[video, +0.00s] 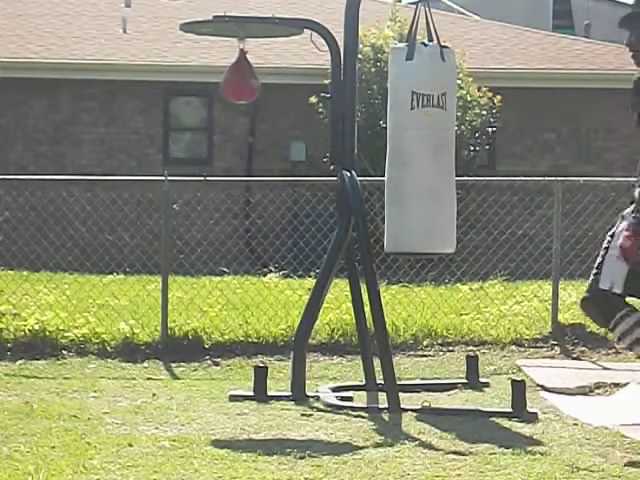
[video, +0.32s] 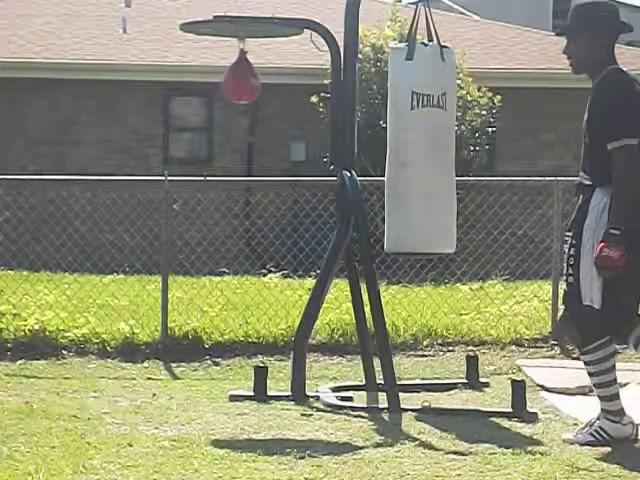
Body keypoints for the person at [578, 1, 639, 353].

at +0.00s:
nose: (630, 47)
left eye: (633, 39)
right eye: (630, 39)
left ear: (639, 41)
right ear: (631, 40)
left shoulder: (636, 88)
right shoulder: (636, 88)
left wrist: (633, 223)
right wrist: (631, 221)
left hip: (634, 213)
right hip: (633, 211)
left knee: (599, 298)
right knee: (599, 297)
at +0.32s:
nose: (565, 49)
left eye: (572, 39)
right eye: (566, 39)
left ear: (598, 40)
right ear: (600, 41)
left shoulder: (615, 88)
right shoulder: (608, 86)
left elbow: (625, 166)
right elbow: (609, 167)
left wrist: (617, 232)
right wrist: (589, 227)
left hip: (604, 210)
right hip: (598, 207)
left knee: (584, 313)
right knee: (583, 313)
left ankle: (613, 416)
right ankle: (612, 413)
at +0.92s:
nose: (436, 59)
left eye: (444, 51)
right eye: (438, 51)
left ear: (470, 54)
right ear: (468, 56)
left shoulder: (485, 98)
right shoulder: (478, 99)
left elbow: (508, 169)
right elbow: (496, 168)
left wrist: (499, 236)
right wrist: (464, 188)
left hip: (484, 219)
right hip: (473, 216)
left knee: (441, 316)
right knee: (454, 316)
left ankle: (523, 372)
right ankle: (488, 412)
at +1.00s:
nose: (425, 50)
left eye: (432, 42)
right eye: (427, 42)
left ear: (454, 46)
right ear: (453, 46)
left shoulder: (472, 91)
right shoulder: (463, 92)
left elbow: (493, 166)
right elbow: (473, 160)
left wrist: (484, 231)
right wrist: (445, 170)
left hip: (465, 210)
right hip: (469, 210)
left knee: (414, 303)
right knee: (463, 307)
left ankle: (477, 389)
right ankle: (481, 406)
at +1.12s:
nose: (403, 45)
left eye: (412, 37)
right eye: (405, 36)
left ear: (437, 44)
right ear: (426, 44)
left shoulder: (454, 95)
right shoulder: (439, 95)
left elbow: (474, 167)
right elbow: (441, 169)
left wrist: (463, 230)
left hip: (436, 214)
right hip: (442, 213)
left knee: (393, 306)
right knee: (455, 313)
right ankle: (486, 409)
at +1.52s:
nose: (325, 47)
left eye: (333, 40)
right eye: (325, 39)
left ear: (357, 43)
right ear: (341, 43)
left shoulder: (367, 87)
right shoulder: (353, 86)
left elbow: (383, 154)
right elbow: (405, 143)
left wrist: (359, 220)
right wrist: (348, 172)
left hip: (367, 208)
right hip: (343, 204)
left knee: (362, 313)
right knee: (302, 299)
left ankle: (389, 416)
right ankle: (345, 391)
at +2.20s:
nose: (215, 47)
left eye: (222, 38)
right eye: (216, 38)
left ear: (249, 41)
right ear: (239, 41)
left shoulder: (261, 91)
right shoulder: (252, 90)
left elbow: (277, 166)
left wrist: (265, 228)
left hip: (249, 210)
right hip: (248, 208)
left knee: (226, 313)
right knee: (251, 311)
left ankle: (250, 413)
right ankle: (288, 407)